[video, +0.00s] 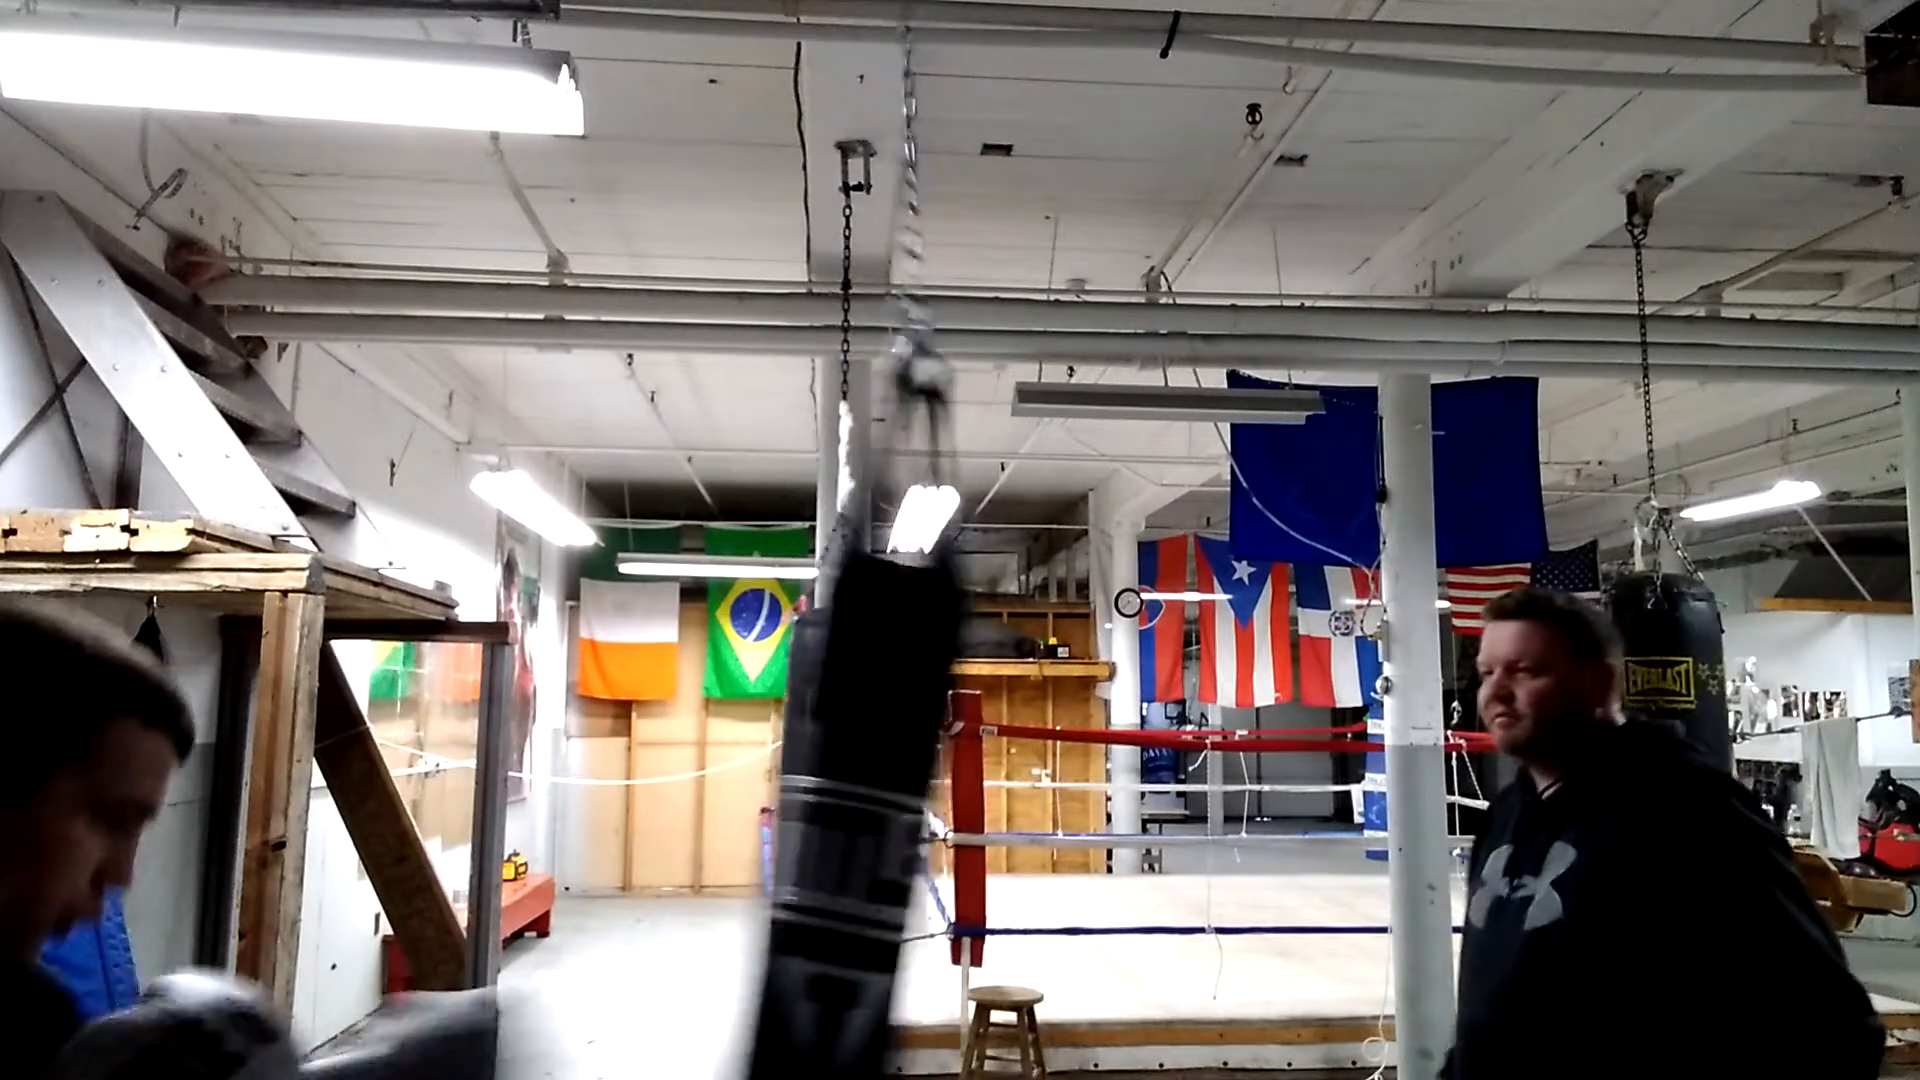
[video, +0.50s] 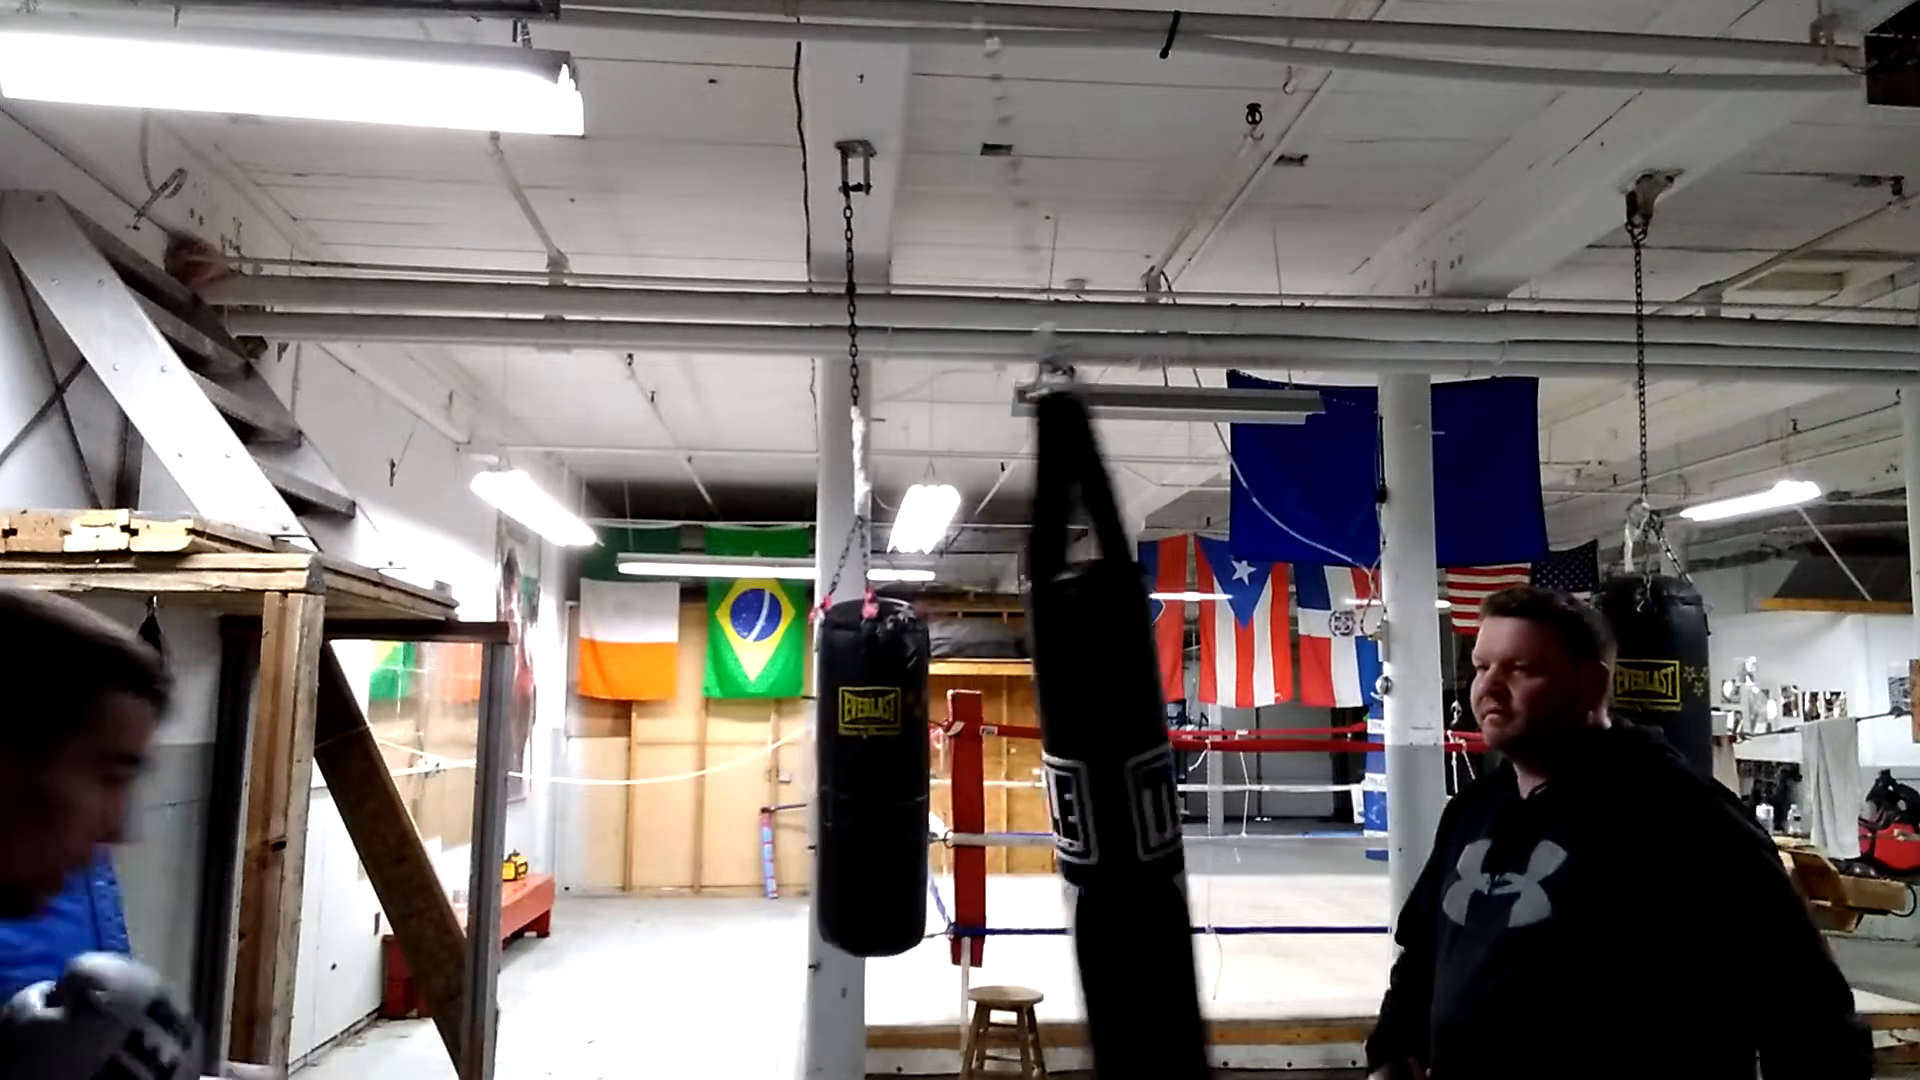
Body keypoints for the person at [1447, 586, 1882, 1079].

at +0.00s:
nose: (1494, 692)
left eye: (1524, 671)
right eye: (1485, 674)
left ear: (1600, 684)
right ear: (1477, 684)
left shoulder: (1683, 804)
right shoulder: (1508, 815)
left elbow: (1833, 1019)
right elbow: (1488, 1004)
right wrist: (1458, 1070)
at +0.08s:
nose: (1486, 702)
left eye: (1515, 682)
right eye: (1476, 686)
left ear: (1587, 696)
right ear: (1466, 695)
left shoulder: (1677, 813)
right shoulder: (1498, 826)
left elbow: (1826, 1026)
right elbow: (1470, 1004)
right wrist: (1445, 1070)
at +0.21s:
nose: (1479, 705)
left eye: (1507, 686)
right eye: (1470, 687)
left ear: (1580, 700)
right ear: (1460, 698)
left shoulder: (1680, 820)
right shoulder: (1490, 830)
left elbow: (1835, 1030)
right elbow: (1454, 999)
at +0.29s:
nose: (1482, 692)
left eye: (1511, 675)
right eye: (1473, 676)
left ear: (1582, 689)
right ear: (1463, 688)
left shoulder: (1676, 810)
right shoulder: (1480, 819)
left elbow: (1837, 1022)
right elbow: (1443, 986)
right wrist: (1411, 1070)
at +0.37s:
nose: (1483, 687)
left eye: (1515, 669)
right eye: (1477, 667)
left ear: (1588, 684)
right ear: (1465, 674)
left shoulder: (1680, 809)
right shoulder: (1476, 809)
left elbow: (1828, 1018)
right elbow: (1432, 956)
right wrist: (1403, 1044)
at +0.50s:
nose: (1489, 686)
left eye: (1521, 669)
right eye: (1482, 666)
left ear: (1591, 688)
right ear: (1470, 677)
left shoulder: (1674, 810)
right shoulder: (1475, 808)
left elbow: (1811, 1011)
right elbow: (1421, 951)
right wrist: (1395, 1052)